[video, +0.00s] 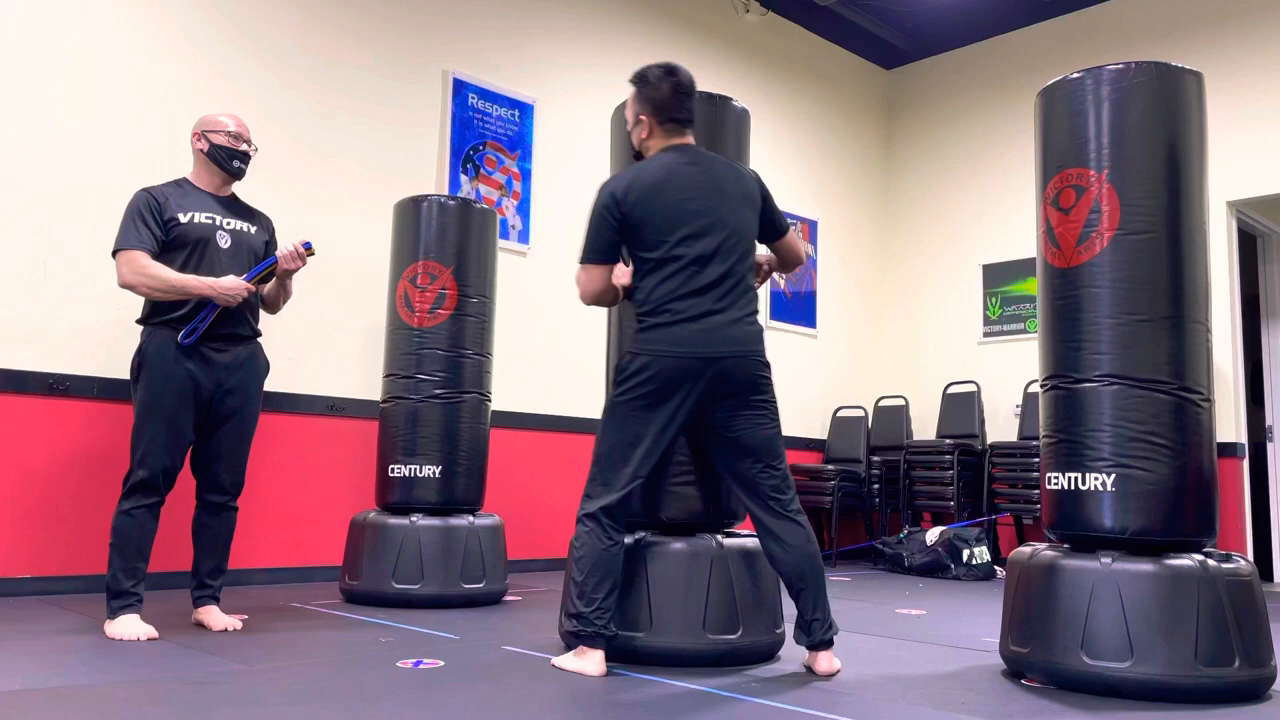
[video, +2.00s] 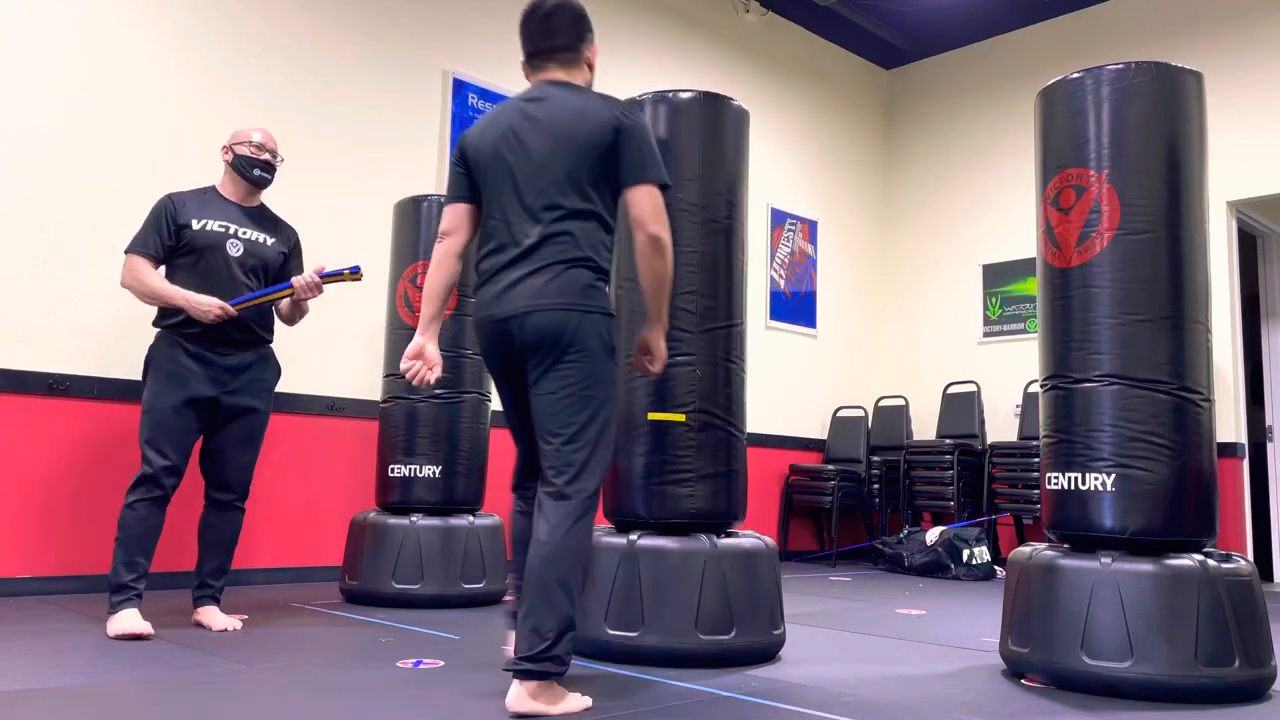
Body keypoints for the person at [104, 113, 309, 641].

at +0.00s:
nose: (245, 148)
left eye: (249, 142)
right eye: (233, 136)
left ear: (249, 154)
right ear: (199, 141)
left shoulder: (258, 224)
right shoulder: (156, 200)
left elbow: (273, 303)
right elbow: (131, 272)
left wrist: (285, 275)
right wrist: (209, 286)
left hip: (239, 363)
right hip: (171, 357)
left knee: (222, 489)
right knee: (149, 481)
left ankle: (207, 601)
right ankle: (123, 609)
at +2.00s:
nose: (264, 154)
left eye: (272, 151)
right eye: (254, 145)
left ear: (278, 169)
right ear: (227, 154)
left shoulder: (284, 236)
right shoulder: (179, 207)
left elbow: (290, 315)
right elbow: (134, 273)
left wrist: (301, 296)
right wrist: (189, 300)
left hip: (249, 372)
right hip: (181, 362)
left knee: (229, 491)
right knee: (157, 478)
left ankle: (208, 601)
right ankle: (125, 603)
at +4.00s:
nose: (186, 164)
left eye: (194, 161)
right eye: (176, 154)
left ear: (200, 177)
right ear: (150, 162)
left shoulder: (215, 234)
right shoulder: (106, 226)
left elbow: (238, 304)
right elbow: (74, 294)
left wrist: (187, 298)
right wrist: (115, 299)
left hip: (187, 370)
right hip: (119, 370)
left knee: (187, 483)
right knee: (123, 483)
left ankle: (188, 592)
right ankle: (124, 594)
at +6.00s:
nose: (168, 185)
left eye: (176, 182)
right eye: (159, 176)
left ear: (182, 194)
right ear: (133, 180)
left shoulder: (193, 250)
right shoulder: (88, 237)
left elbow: (207, 320)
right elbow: (56, 301)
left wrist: (166, 291)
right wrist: (93, 301)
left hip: (158, 382)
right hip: (91, 379)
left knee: (169, 483)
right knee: (80, 484)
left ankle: (184, 592)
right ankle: (71, 587)